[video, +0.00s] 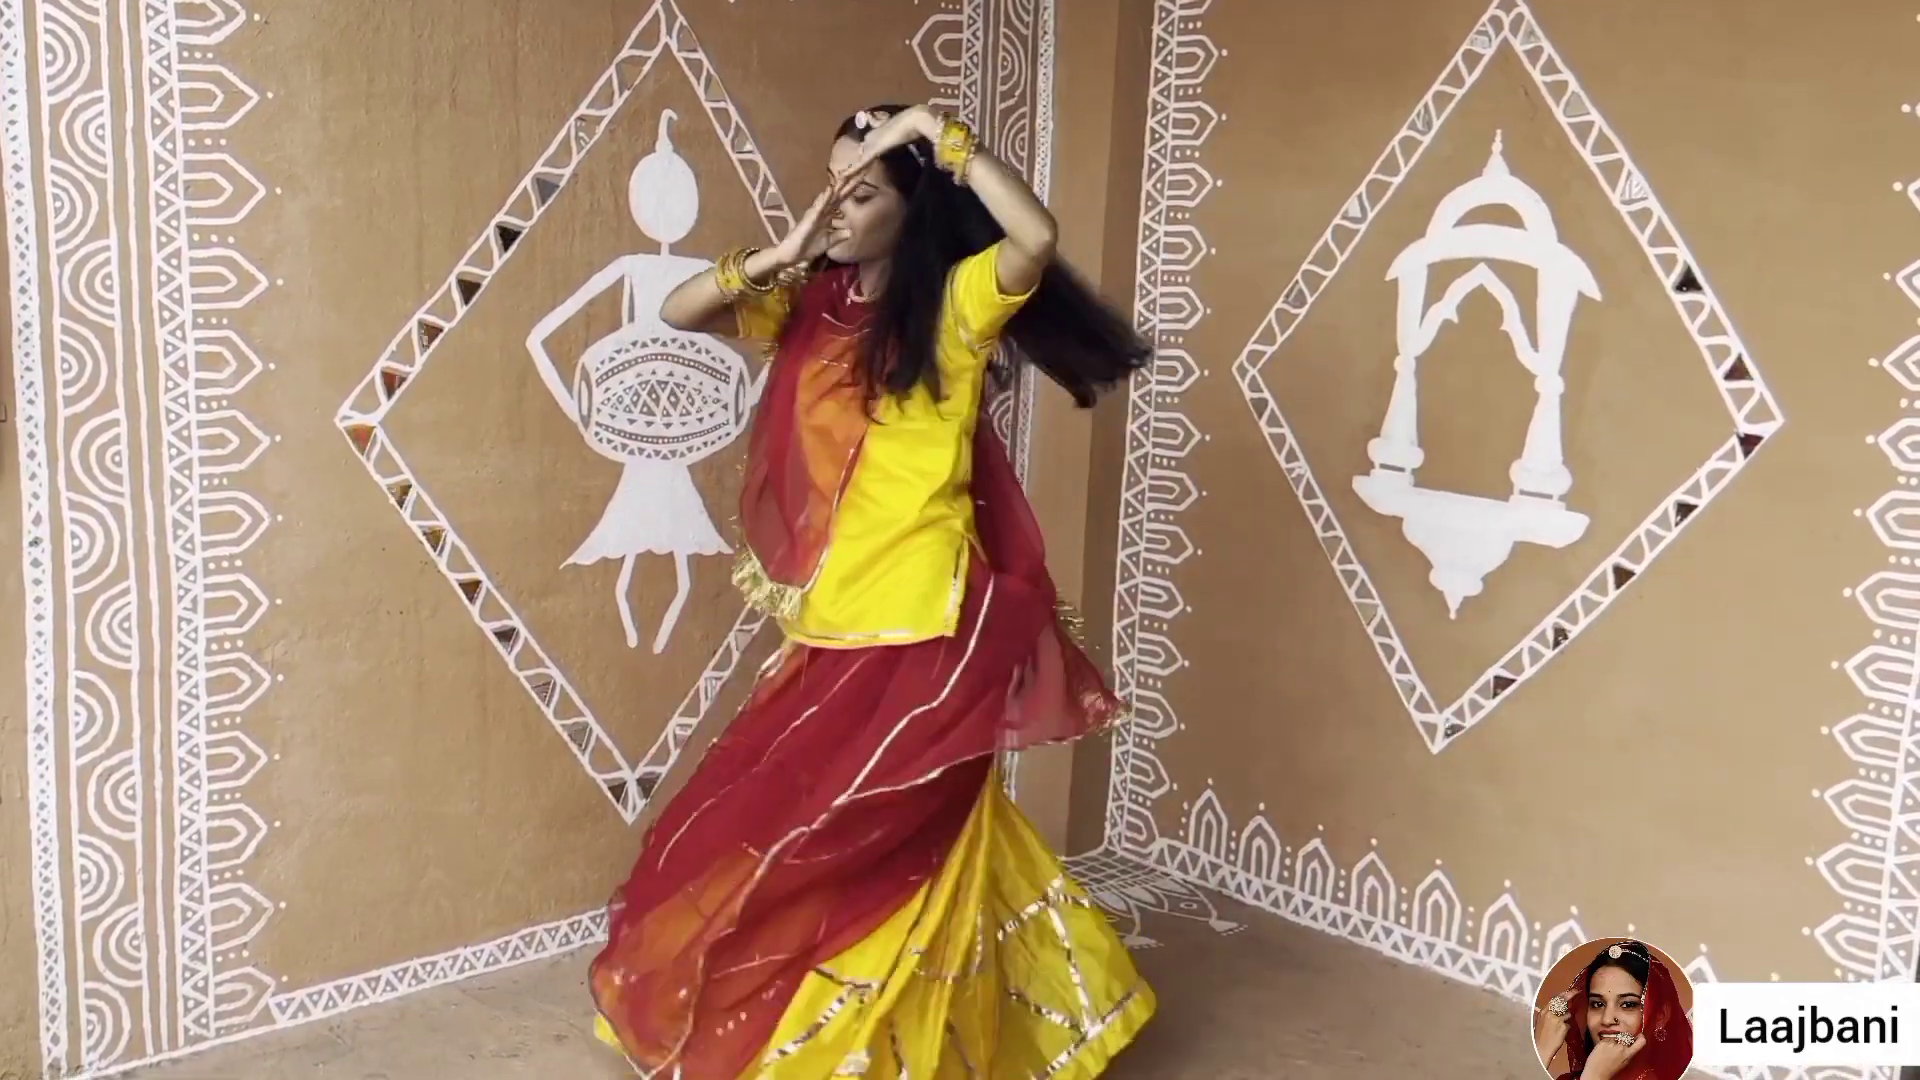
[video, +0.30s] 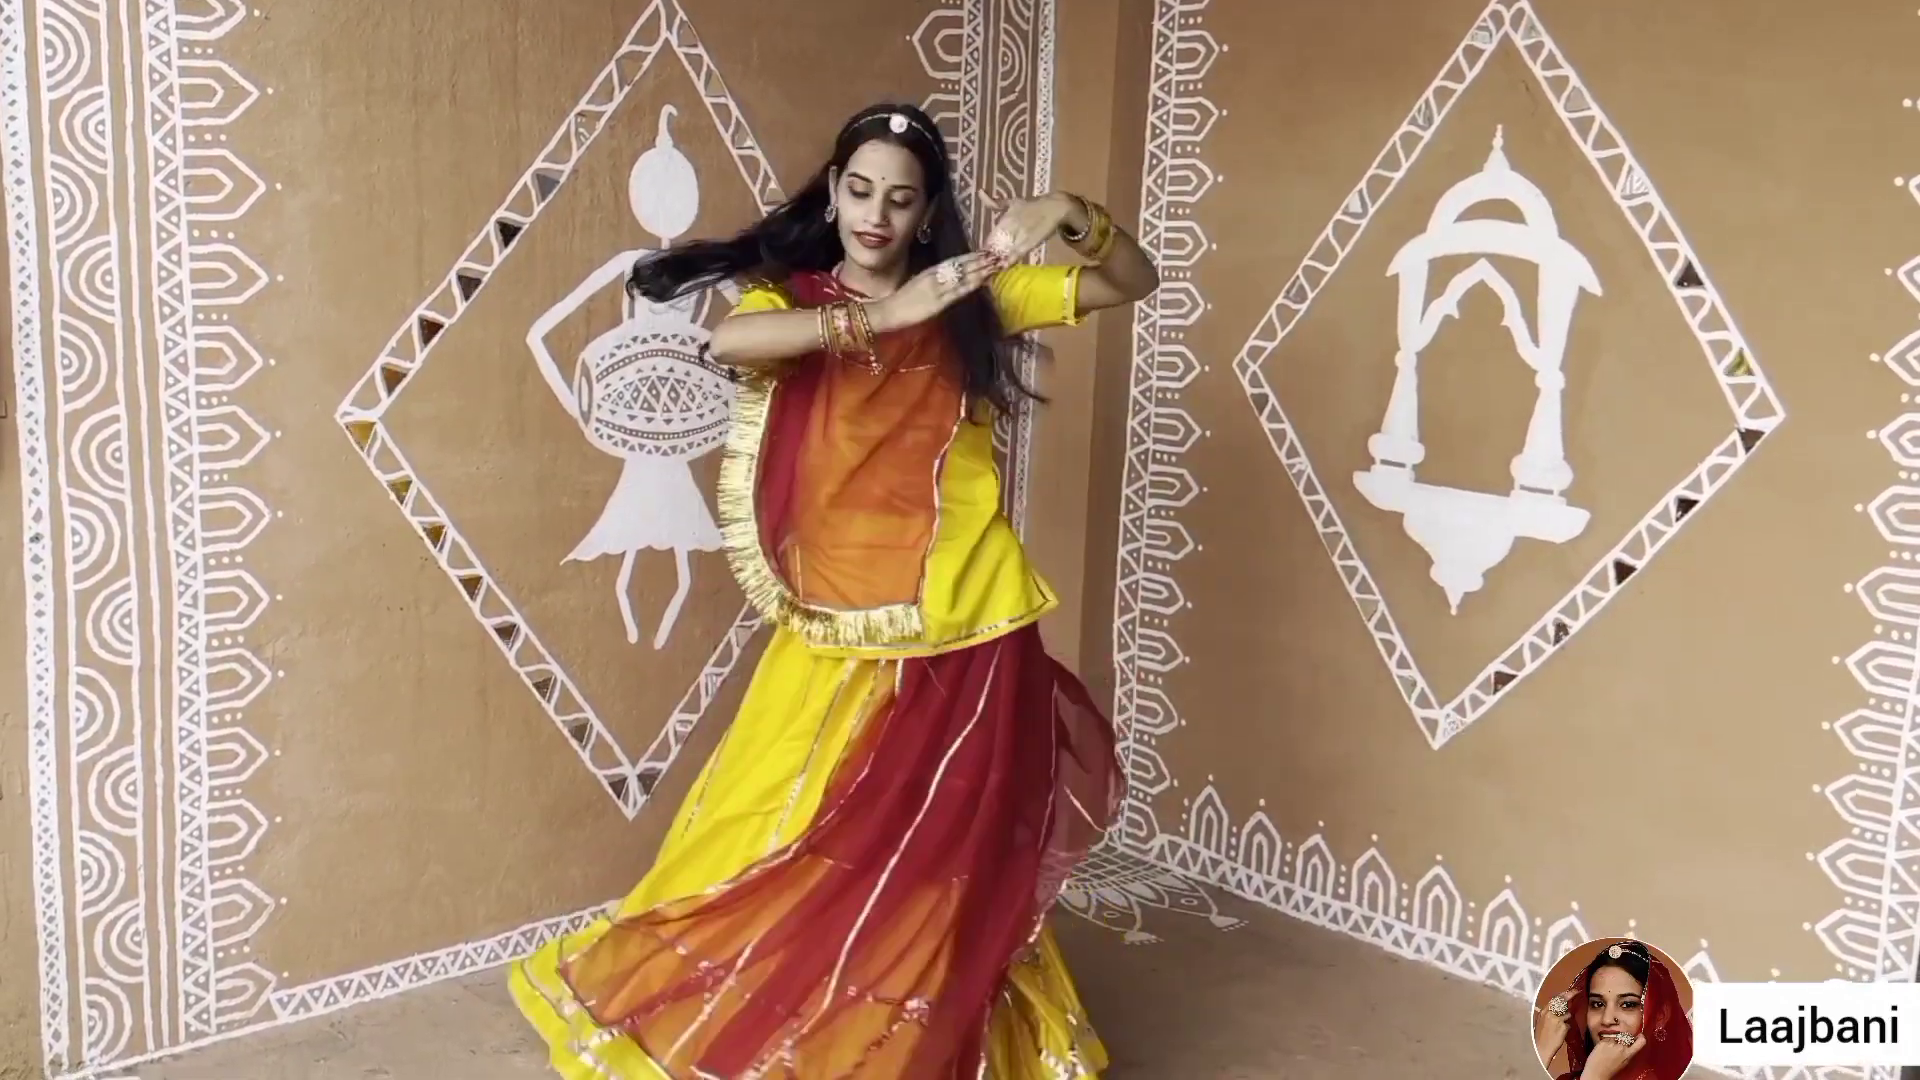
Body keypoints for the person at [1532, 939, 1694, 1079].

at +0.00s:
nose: (1608, 1019)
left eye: (1627, 1005)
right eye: (1597, 1004)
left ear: (1658, 1013)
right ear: (1585, 1011)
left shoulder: (1664, 1076)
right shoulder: (1567, 1078)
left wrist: (1595, 1076)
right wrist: (1538, 1056)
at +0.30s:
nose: (1607, 1019)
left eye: (1627, 1005)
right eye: (1597, 1004)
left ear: (1658, 1013)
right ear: (1586, 1011)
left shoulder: (1665, 1076)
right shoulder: (1567, 1077)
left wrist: (1596, 1075)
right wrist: (1538, 1056)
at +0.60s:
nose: (1608, 1019)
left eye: (1627, 1005)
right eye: (1597, 1004)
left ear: (1658, 1014)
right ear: (1586, 1011)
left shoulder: (1665, 1076)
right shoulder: (1567, 1078)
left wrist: (1596, 1075)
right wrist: (1539, 1055)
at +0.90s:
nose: (1608, 1019)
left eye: (1628, 1005)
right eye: (1597, 1004)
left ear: (1658, 1014)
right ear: (1585, 1011)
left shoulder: (1668, 1075)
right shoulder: (1567, 1078)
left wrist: (1595, 1075)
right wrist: (1539, 1055)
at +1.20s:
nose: (1608, 1019)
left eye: (1628, 1005)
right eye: (1597, 1004)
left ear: (1658, 1014)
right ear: (1585, 1011)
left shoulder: (1667, 1075)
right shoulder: (1567, 1078)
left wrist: (1595, 1075)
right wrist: (1539, 1055)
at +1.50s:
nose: (1608, 1019)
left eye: (1627, 1005)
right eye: (1597, 1004)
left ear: (1658, 1014)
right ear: (1585, 1012)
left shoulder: (1668, 1075)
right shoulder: (1567, 1077)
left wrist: (1595, 1075)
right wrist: (1538, 1057)